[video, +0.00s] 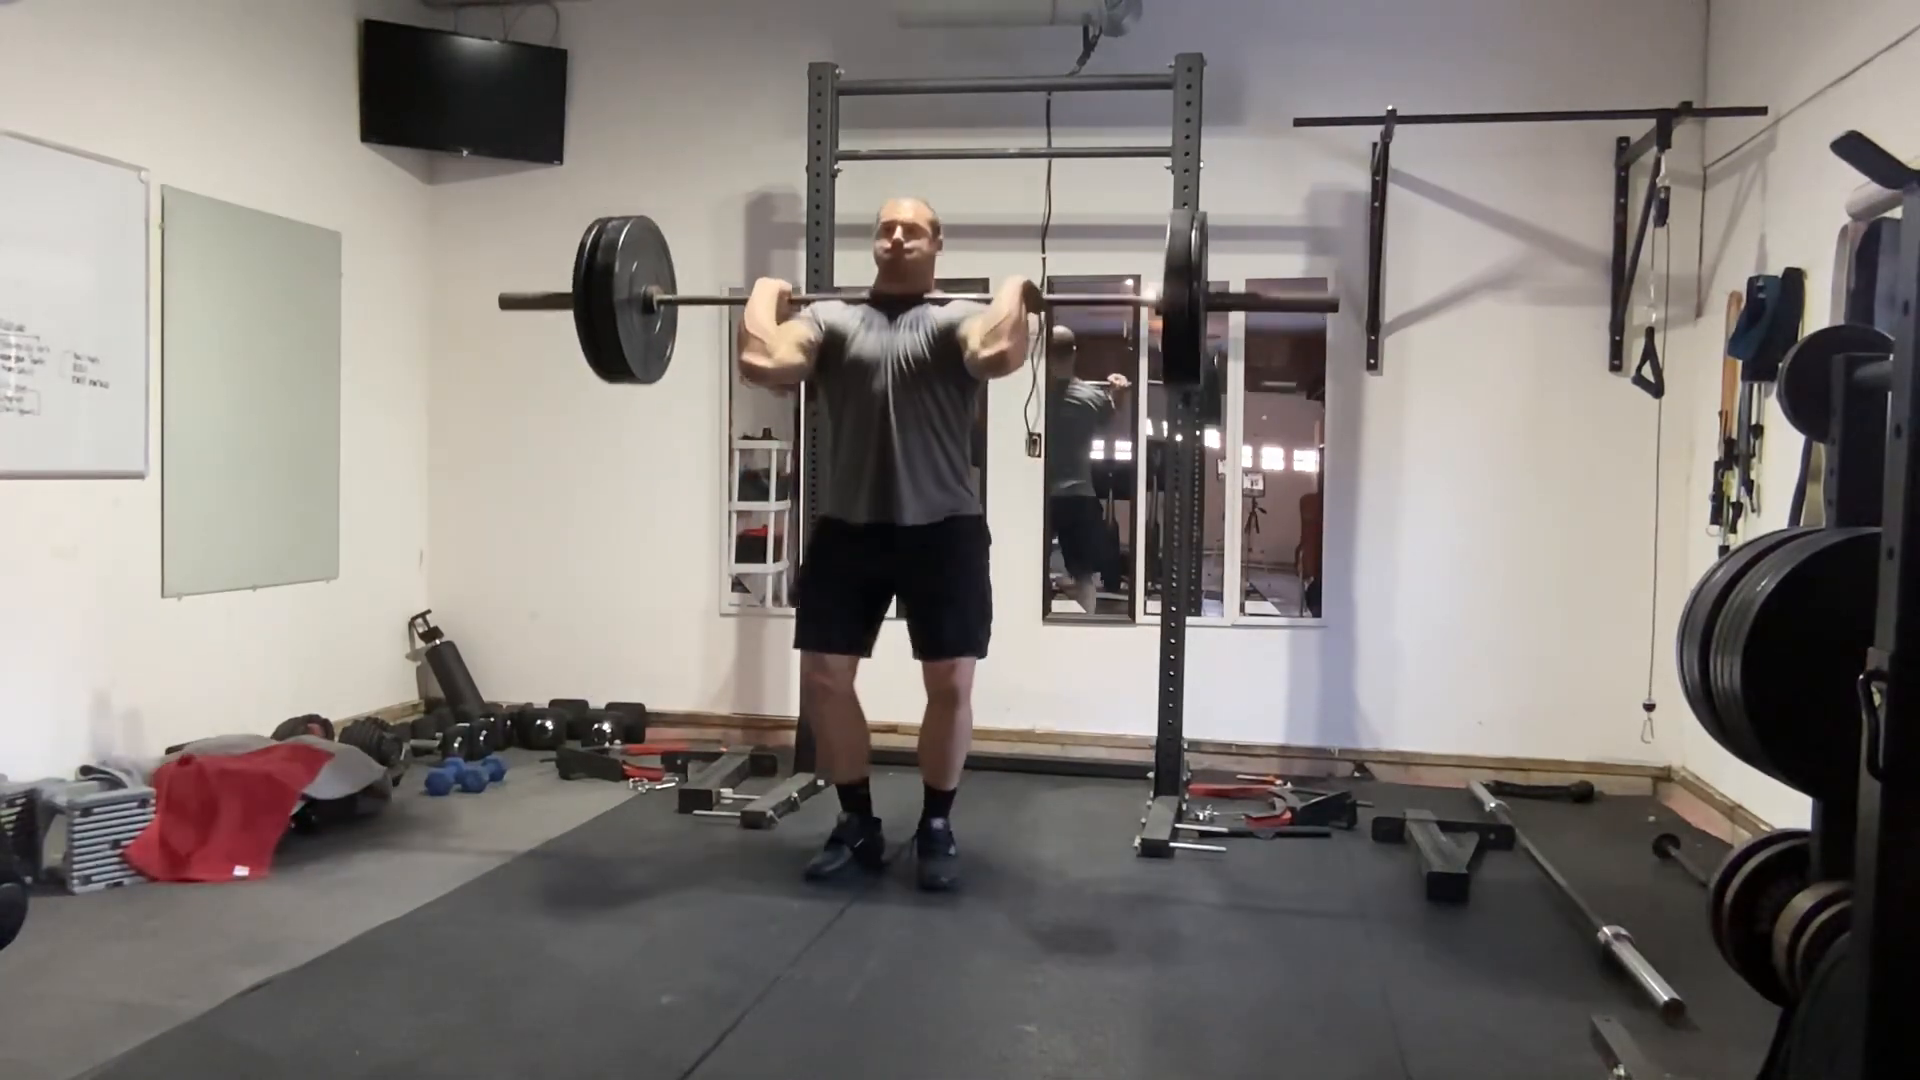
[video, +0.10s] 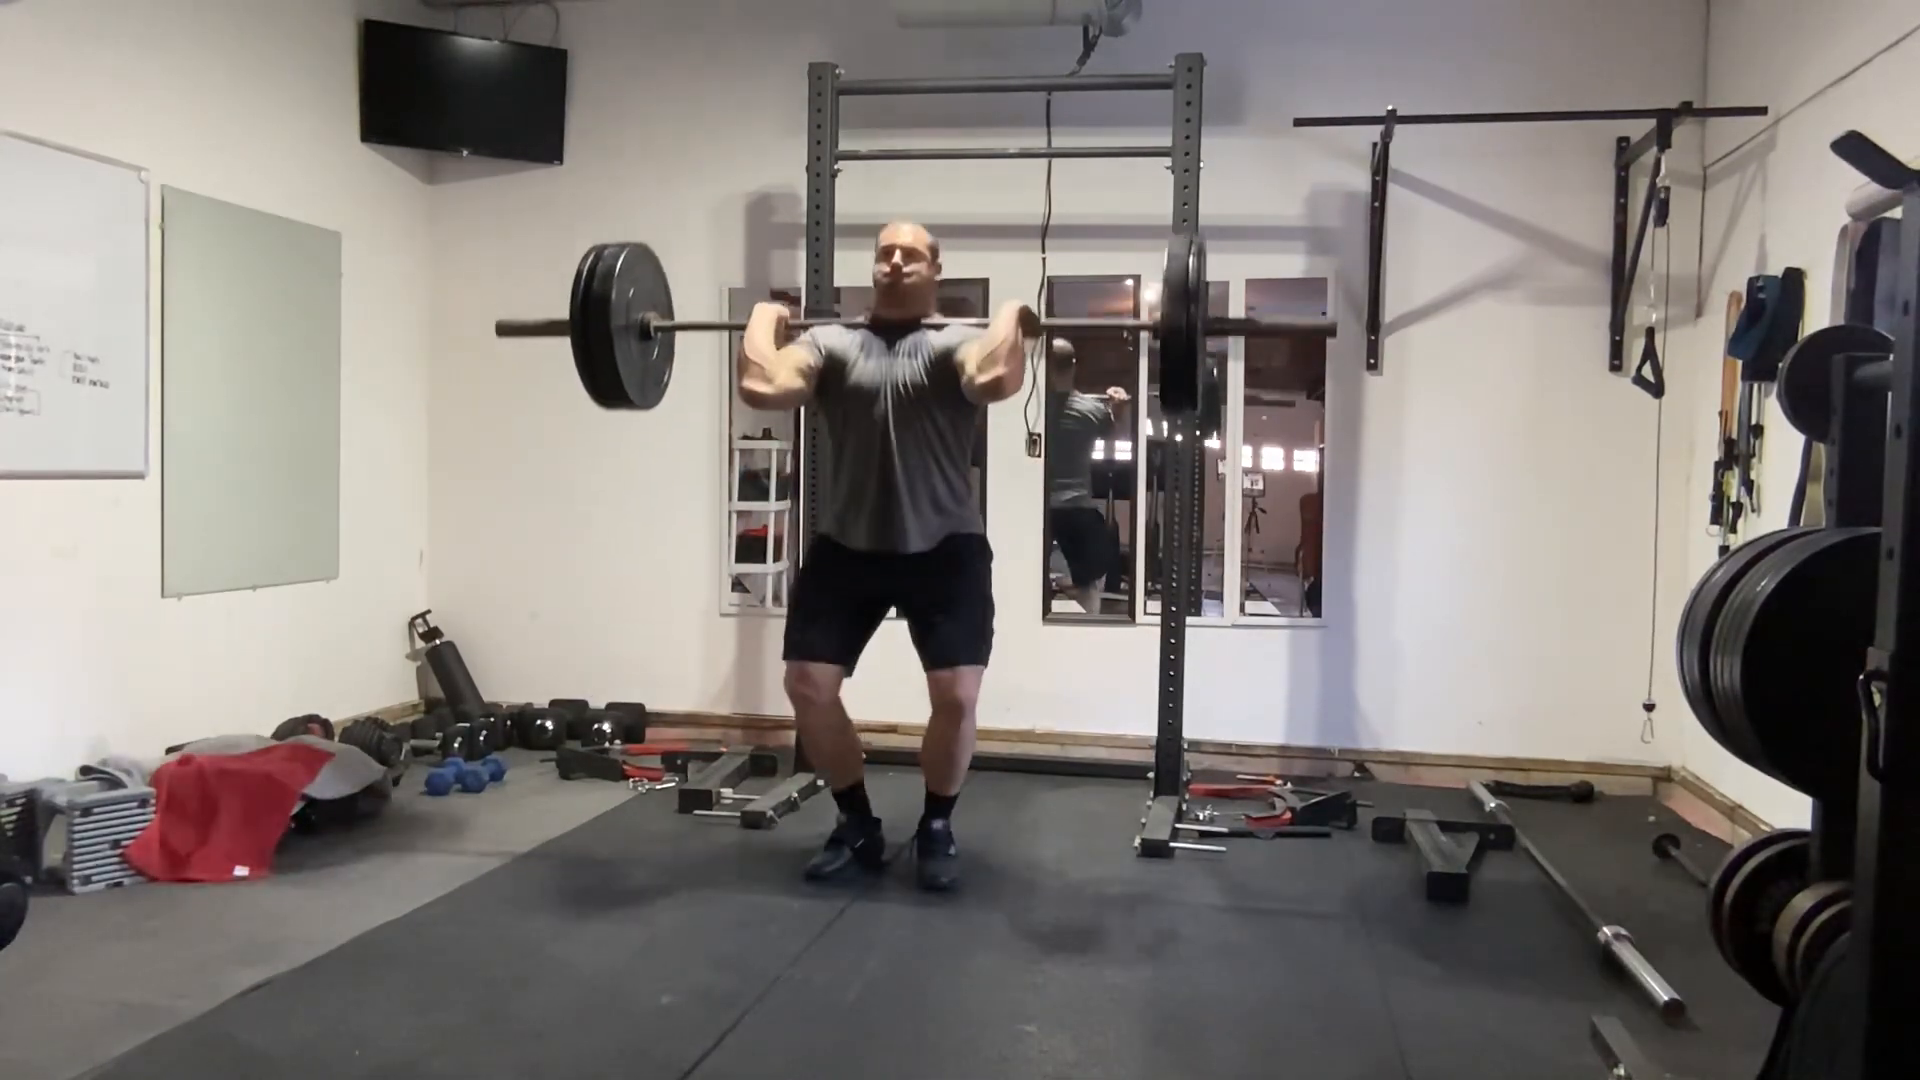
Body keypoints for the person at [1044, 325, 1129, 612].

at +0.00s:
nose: (1059, 361)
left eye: (1056, 355)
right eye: (1064, 353)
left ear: (1044, 355)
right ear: (1075, 354)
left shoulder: (1031, 395)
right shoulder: (1089, 396)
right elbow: (1113, 428)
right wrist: (1120, 398)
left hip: (1037, 497)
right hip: (1077, 496)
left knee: (1031, 574)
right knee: (1084, 575)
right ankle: (1086, 637)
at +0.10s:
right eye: (1068, 364)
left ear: (1044, 367)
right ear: (1075, 366)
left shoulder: (1030, 406)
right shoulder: (1089, 409)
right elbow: (1121, 436)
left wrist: (1115, 408)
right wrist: (1121, 409)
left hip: (1034, 507)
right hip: (1074, 507)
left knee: (1029, 584)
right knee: (1087, 583)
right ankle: (1090, 646)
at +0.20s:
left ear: (1048, 385)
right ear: (1073, 384)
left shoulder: (1034, 420)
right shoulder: (1088, 423)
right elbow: (1117, 447)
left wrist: (1115, 423)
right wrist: (1119, 422)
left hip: (1035, 519)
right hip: (1073, 518)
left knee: (1030, 586)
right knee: (1088, 585)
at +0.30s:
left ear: (1045, 395)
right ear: (1072, 393)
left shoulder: (1034, 431)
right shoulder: (1093, 435)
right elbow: (1114, 476)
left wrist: (1116, 437)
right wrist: (1119, 437)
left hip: (1037, 527)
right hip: (1078, 527)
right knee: (1089, 594)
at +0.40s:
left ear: (1046, 389)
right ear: (1074, 387)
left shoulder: (1034, 427)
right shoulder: (1094, 430)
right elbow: (1109, 470)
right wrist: (1119, 432)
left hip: (1037, 524)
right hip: (1077, 523)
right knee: (1089, 591)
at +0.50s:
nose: (1065, 366)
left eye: (1062, 361)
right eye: (1068, 359)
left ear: (1043, 364)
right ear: (1075, 363)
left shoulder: (1030, 402)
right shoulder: (1091, 402)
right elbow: (1118, 435)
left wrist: (1116, 405)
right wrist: (1120, 405)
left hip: (1035, 506)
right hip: (1077, 504)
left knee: (1029, 579)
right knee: (1087, 578)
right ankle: (1087, 638)